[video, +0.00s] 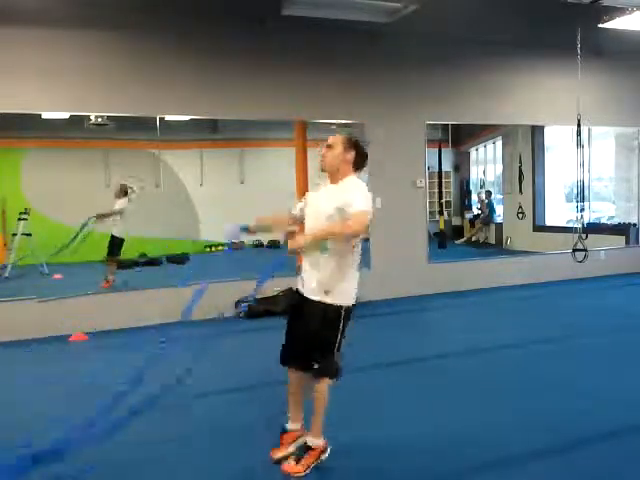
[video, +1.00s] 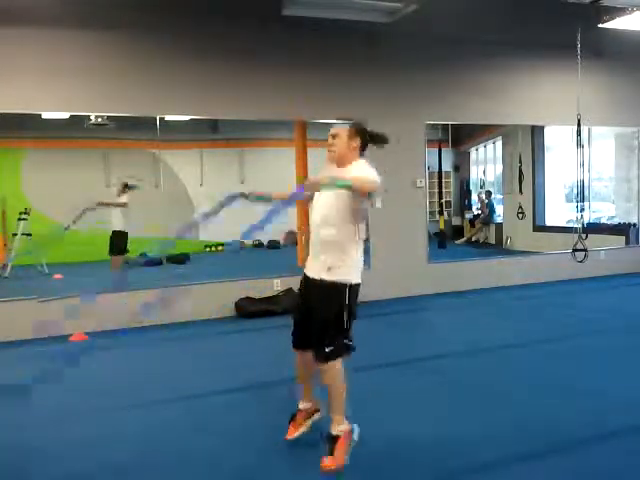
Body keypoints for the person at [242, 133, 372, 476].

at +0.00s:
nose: (322, 152)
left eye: (330, 146)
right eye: (323, 146)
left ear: (350, 156)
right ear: (327, 156)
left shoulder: (357, 190)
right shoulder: (320, 192)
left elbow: (358, 226)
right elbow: (296, 220)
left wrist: (313, 236)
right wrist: (263, 224)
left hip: (335, 296)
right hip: (306, 290)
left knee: (321, 370)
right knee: (295, 363)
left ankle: (316, 441)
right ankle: (295, 429)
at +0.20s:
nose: (314, 156)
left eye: (320, 151)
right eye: (315, 151)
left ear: (340, 156)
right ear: (329, 156)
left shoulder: (356, 186)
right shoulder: (320, 185)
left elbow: (375, 207)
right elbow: (308, 208)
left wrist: (373, 211)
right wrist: (278, 210)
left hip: (344, 293)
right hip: (315, 287)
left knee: (346, 372)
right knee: (299, 352)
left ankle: (360, 455)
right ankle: (291, 406)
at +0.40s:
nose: (312, 178)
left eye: (318, 174)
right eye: (313, 173)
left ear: (336, 181)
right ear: (326, 182)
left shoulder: (349, 215)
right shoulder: (316, 215)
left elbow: (368, 243)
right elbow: (308, 241)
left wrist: (353, 246)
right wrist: (279, 239)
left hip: (338, 313)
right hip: (311, 307)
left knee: (335, 382)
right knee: (294, 365)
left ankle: (369, 463)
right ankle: (300, 411)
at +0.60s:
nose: (324, 144)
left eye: (330, 139)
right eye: (325, 139)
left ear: (351, 145)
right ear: (336, 147)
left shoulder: (361, 178)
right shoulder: (324, 181)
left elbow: (341, 212)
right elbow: (301, 213)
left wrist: (292, 215)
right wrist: (281, 219)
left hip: (341, 278)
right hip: (313, 272)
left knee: (325, 355)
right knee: (297, 343)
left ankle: (329, 434)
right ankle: (300, 412)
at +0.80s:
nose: (323, 172)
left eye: (330, 168)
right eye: (324, 167)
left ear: (348, 177)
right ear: (334, 176)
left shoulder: (356, 216)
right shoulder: (321, 212)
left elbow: (343, 265)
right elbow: (309, 252)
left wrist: (301, 268)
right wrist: (293, 265)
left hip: (337, 311)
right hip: (312, 302)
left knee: (309, 380)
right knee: (292, 377)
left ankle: (323, 445)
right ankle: (313, 436)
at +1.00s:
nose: (329, 144)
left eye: (336, 138)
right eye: (329, 139)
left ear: (355, 144)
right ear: (334, 146)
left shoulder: (362, 170)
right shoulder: (325, 175)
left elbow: (371, 186)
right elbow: (295, 196)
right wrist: (262, 197)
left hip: (341, 278)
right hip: (313, 273)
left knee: (329, 357)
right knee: (302, 346)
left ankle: (340, 428)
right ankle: (307, 405)